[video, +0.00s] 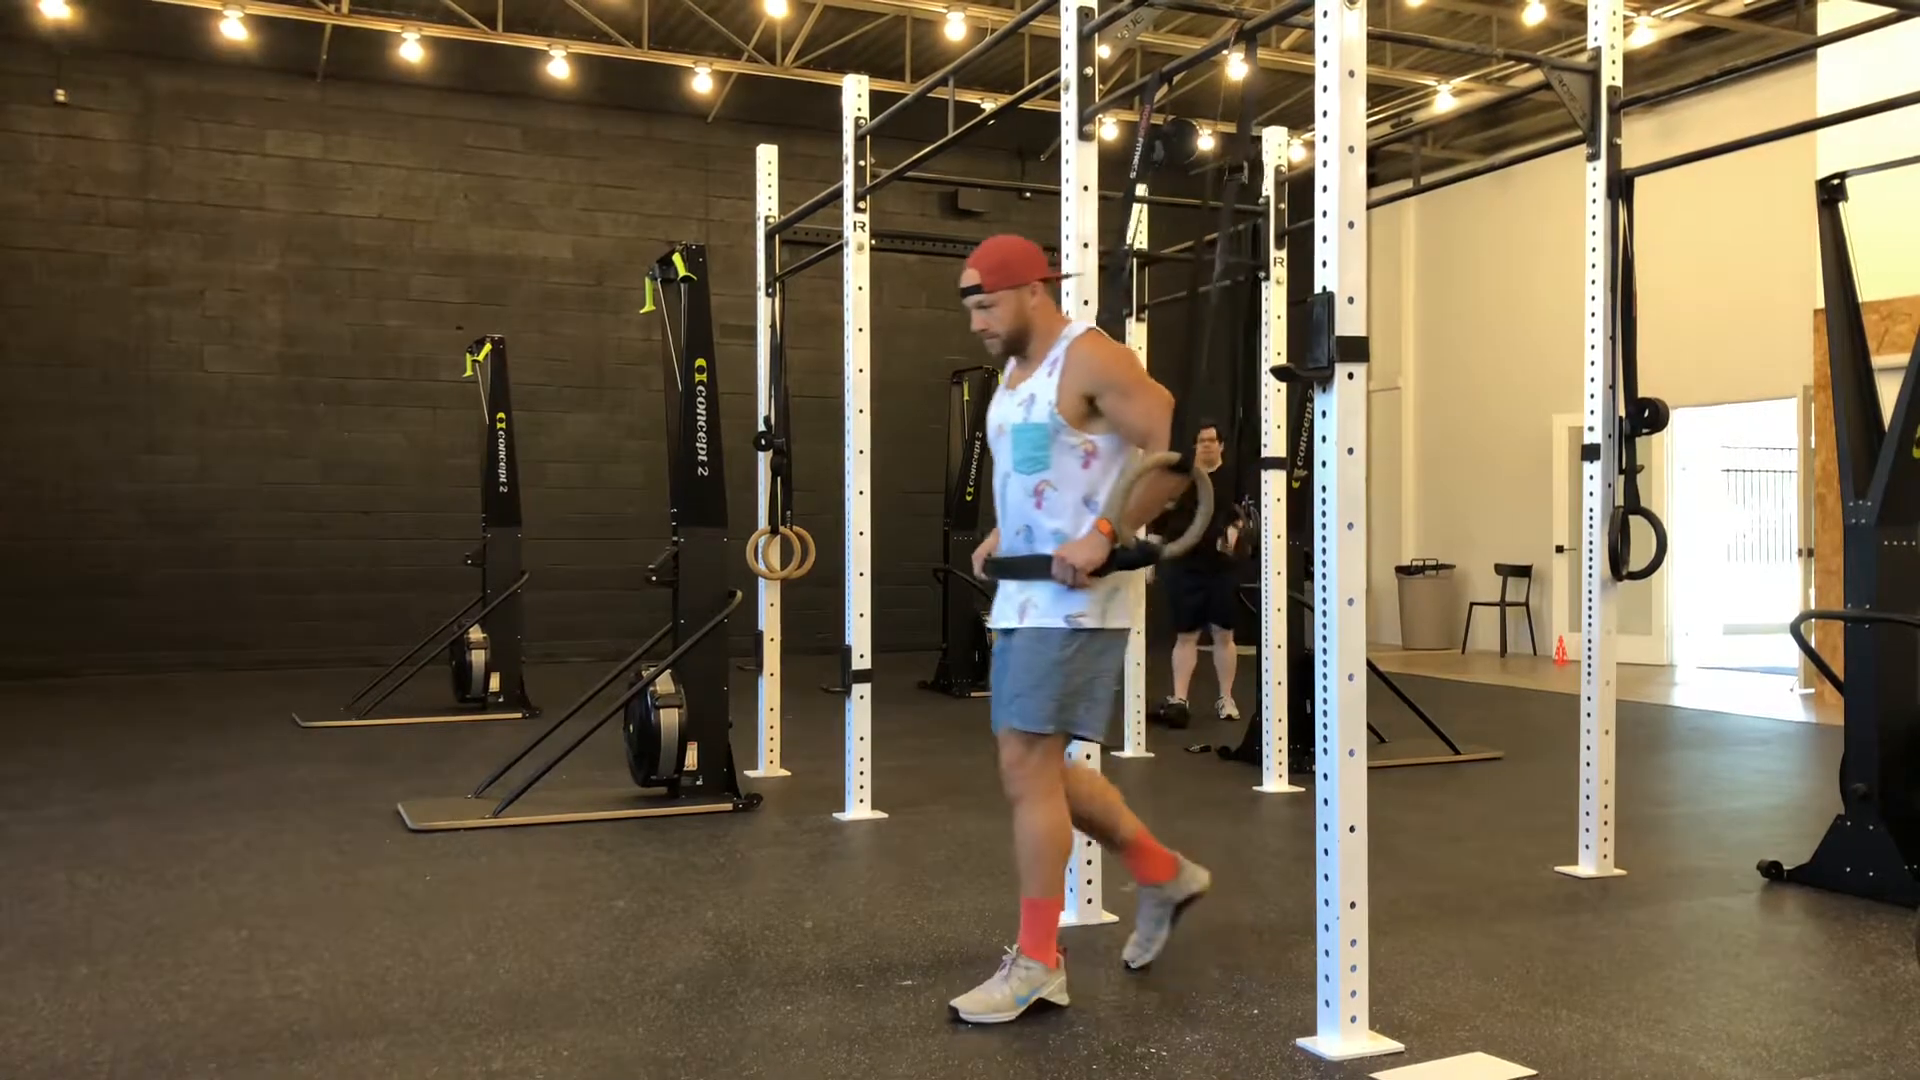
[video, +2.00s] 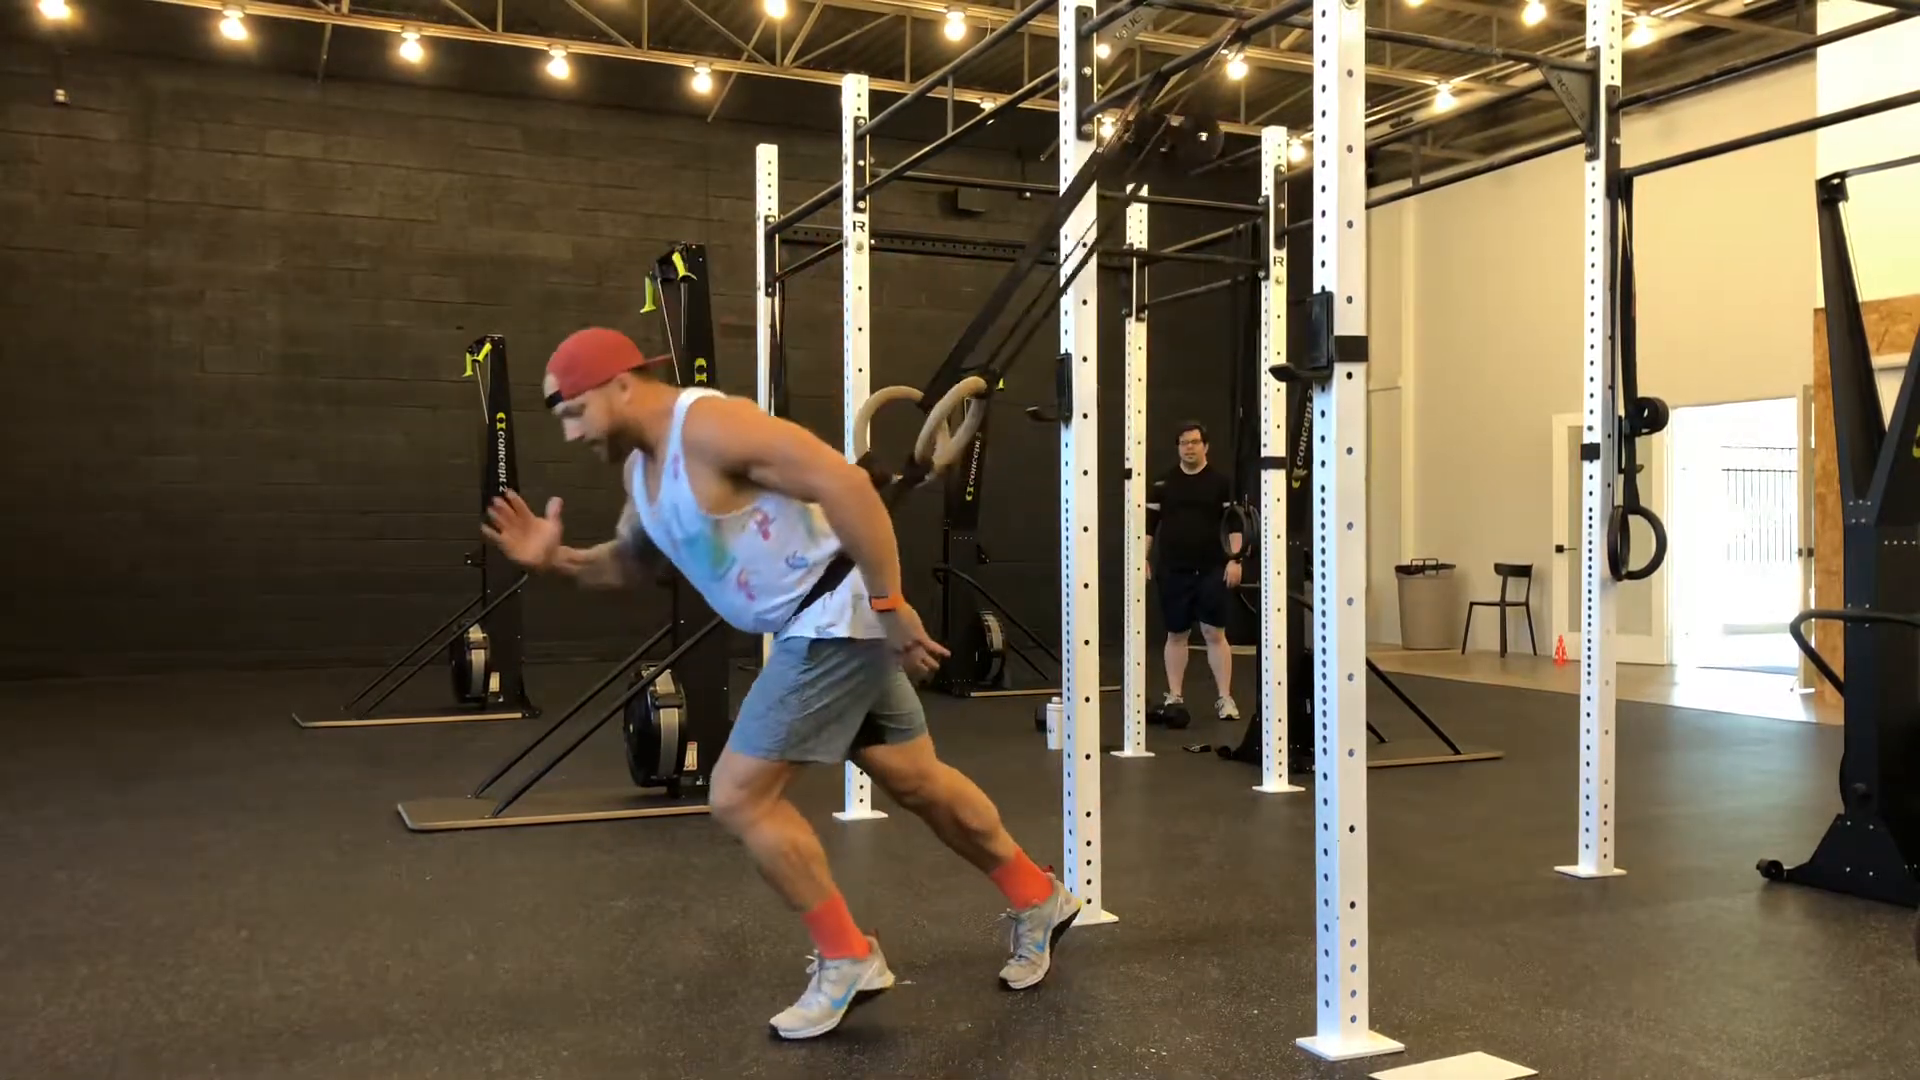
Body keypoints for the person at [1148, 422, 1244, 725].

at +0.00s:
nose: (1209, 446)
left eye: (1213, 441)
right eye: (1203, 441)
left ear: (1222, 445)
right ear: (1193, 447)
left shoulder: (1233, 479)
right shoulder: (1179, 481)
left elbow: (1245, 515)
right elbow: (1157, 523)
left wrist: (1237, 533)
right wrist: (1149, 560)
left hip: (1221, 565)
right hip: (1184, 566)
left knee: (1224, 635)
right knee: (1186, 635)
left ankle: (1226, 698)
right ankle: (1179, 699)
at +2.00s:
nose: (1189, 448)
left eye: (1194, 443)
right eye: (1184, 443)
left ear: (1205, 446)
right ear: (1177, 448)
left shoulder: (1220, 482)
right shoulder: (1165, 484)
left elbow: (1234, 524)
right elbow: (1150, 525)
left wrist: (1235, 559)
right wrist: (1143, 557)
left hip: (1211, 569)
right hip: (1173, 569)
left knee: (1214, 633)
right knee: (1176, 634)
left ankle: (1225, 698)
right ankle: (1174, 696)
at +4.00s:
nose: (1182, 449)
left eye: (1187, 443)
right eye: (1177, 444)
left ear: (1200, 446)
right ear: (1171, 448)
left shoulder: (1216, 481)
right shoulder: (1161, 484)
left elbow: (1233, 522)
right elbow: (1147, 529)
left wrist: (1232, 558)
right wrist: (1141, 564)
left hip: (1209, 570)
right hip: (1171, 570)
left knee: (1213, 634)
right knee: (1175, 634)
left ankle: (1224, 698)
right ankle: (1174, 697)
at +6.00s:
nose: (1173, 449)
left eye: (1179, 443)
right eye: (1168, 444)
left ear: (1191, 447)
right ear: (1162, 449)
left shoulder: (1208, 482)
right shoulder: (1152, 485)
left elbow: (1224, 524)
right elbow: (1140, 525)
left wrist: (1221, 557)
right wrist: (1138, 563)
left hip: (1200, 569)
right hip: (1164, 569)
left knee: (1207, 632)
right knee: (1170, 634)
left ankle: (1223, 697)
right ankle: (1173, 696)